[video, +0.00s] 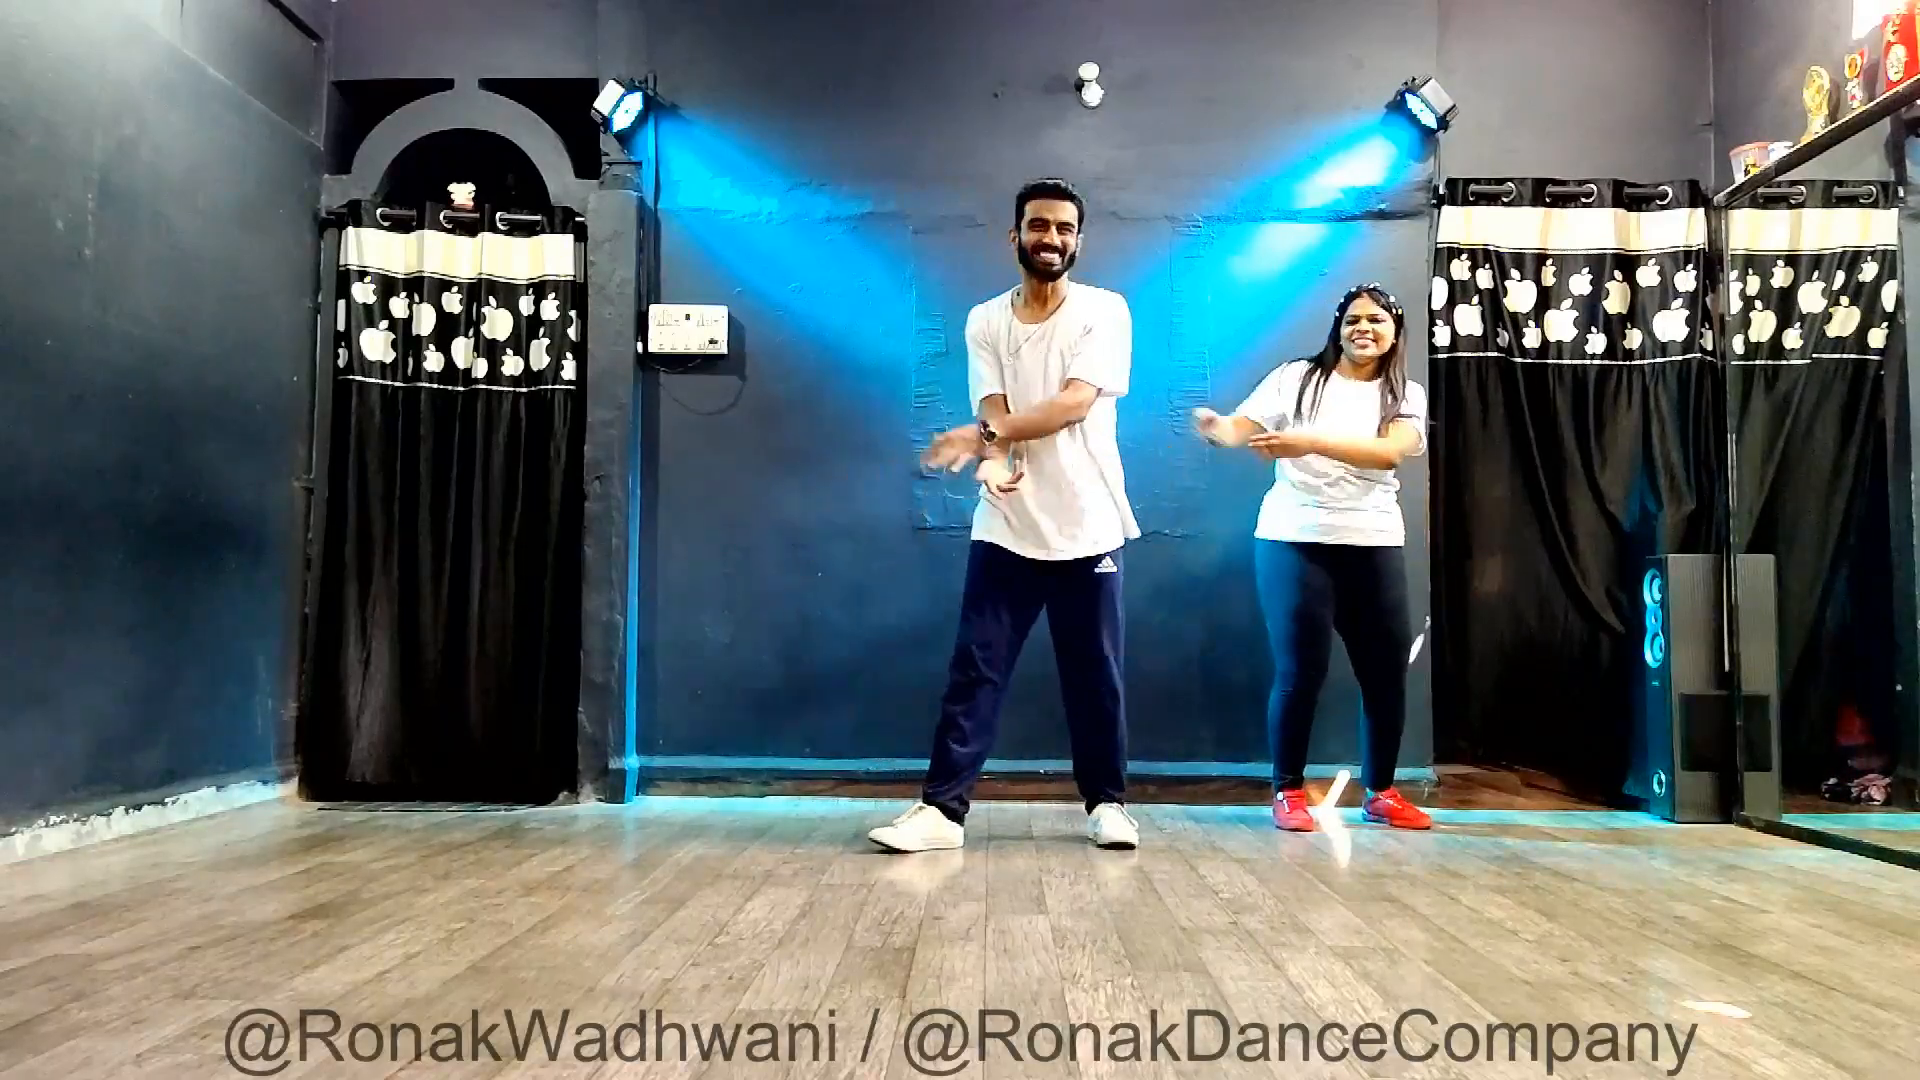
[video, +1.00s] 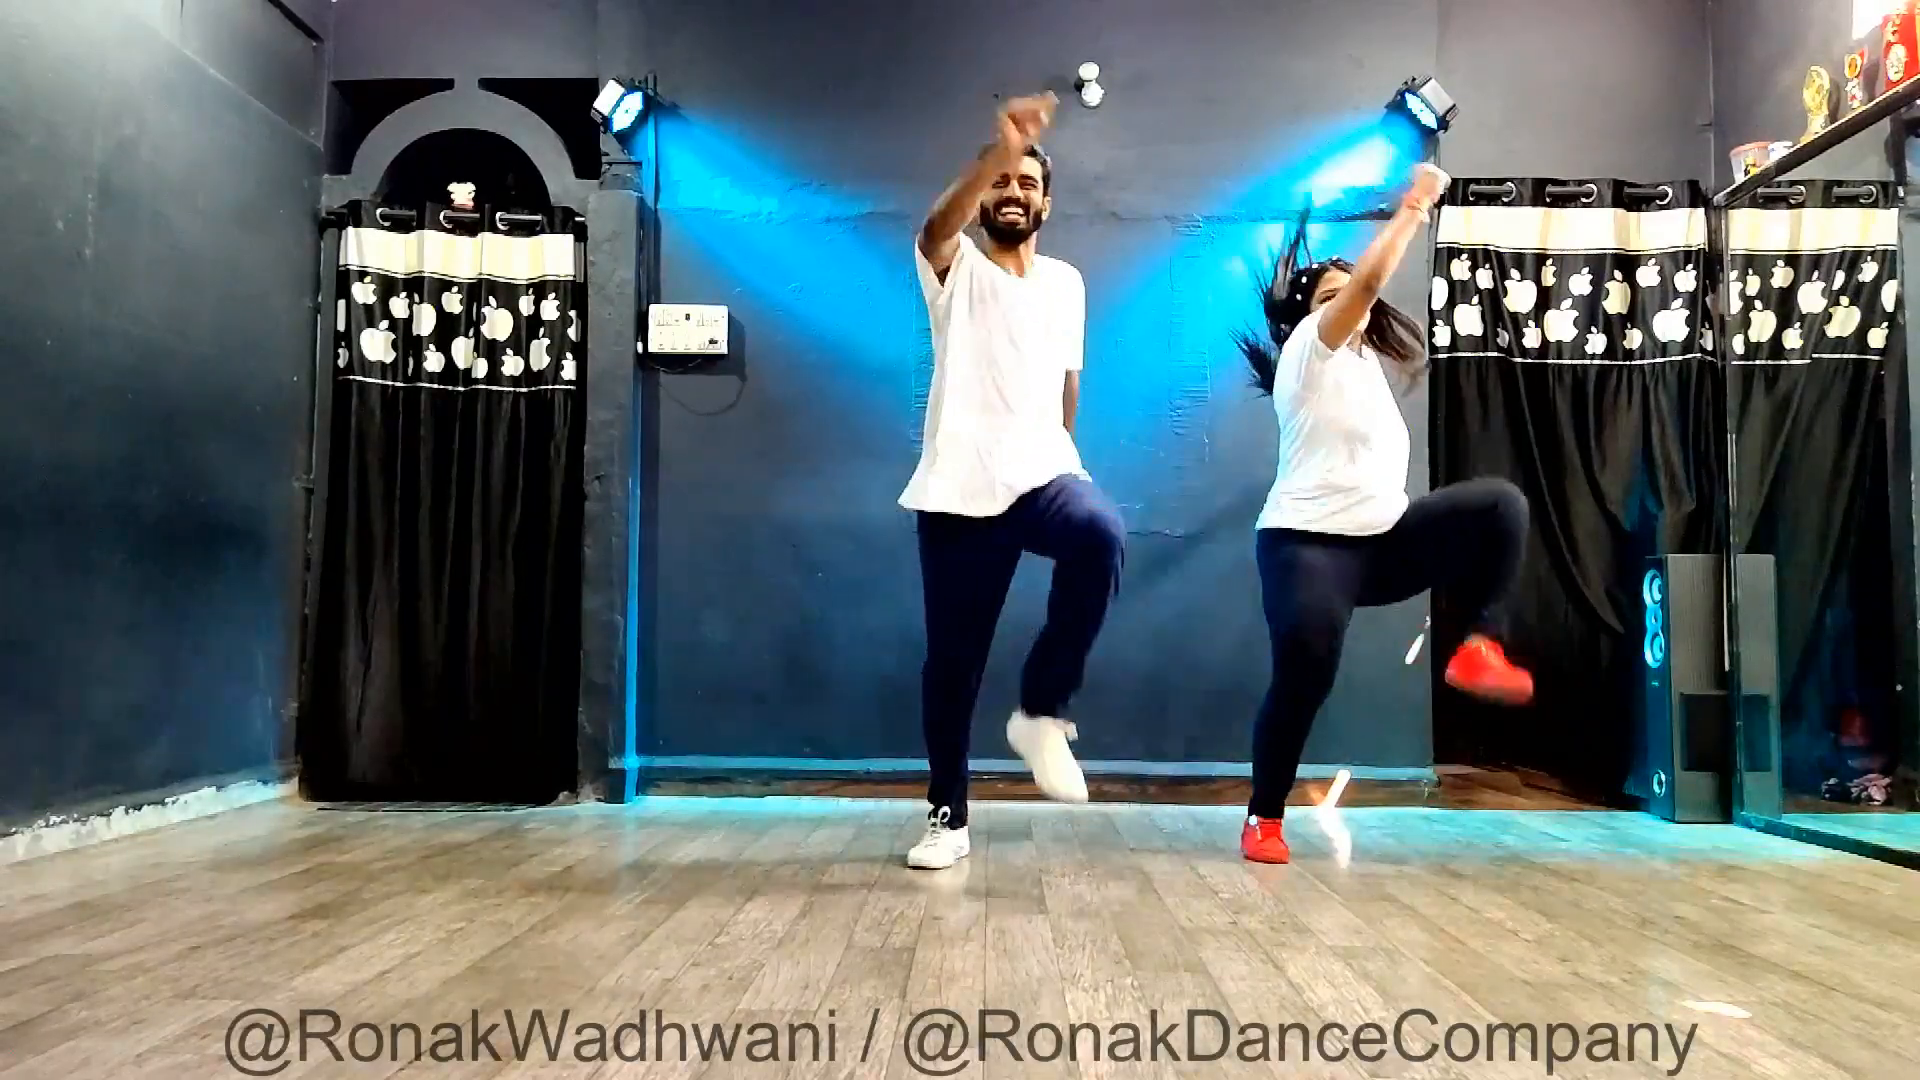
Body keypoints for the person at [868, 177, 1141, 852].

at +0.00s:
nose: (1051, 238)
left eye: (1064, 228)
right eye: (1038, 226)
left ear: (1078, 239)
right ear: (1016, 235)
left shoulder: (1104, 311)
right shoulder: (985, 320)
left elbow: (1074, 405)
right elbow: (994, 409)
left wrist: (980, 434)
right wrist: (997, 456)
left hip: (1086, 523)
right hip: (1007, 522)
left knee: (1095, 673)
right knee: (977, 666)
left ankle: (1107, 804)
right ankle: (944, 810)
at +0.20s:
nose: (1058, 233)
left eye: (1071, 223)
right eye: (1046, 222)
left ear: (1088, 235)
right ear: (1026, 232)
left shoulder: (1107, 299)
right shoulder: (994, 309)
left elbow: (1074, 356)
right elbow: (940, 390)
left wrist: (1005, 318)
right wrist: (881, 459)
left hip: (1085, 509)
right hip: (1006, 505)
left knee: (1094, 661)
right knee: (972, 635)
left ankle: (1107, 801)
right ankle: (970, 795)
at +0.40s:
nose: (992, 248)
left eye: (1005, 235)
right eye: (978, 236)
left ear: (1025, 236)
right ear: (960, 242)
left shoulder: (1052, 270)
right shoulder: (940, 323)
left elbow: (1122, 300)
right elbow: (905, 394)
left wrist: (1056, 372)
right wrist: (871, 454)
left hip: (1077, 508)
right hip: (992, 515)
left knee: (1096, 661)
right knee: (963, 649)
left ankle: (1108, 800)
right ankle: (957, 803)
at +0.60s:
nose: (963, 279)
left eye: (975, 265)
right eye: (949, 265)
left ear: (995, 255)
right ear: (929, 258)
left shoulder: (1036, 308)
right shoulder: (908, 344)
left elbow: (1086, 395)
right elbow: (913, 430)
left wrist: (1129, 483)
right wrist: (915, 503)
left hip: (1053, 495)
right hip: (967, 519)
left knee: (1094, 558)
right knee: (955, 674)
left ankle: (1092, 701)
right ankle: (959, 812)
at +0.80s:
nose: (989, 170)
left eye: (1003, 159)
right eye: (976, 158)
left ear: (1022, 173)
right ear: (956, 170)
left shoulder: (1047, 249)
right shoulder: (926, 249)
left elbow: (1058, 346)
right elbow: (934, 274)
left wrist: (1074, 428)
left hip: (1037, 440)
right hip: (961, 454)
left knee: (1092, 433)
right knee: (953, 630)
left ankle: (1038, 583)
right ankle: (966, 776)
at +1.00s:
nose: (1016, 193)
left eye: (1030, 184)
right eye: (1003, 184)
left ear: (1045, 205)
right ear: (982, 200)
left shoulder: (1065, 283)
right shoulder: (953, 269)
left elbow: (1068, 389)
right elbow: (942, 225)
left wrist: (1059, 467)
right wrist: (1002, 151)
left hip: (1042, 477)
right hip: (959, 488)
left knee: (1098, 531)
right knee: (953, 664)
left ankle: (1041, 713)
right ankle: (947, 819)